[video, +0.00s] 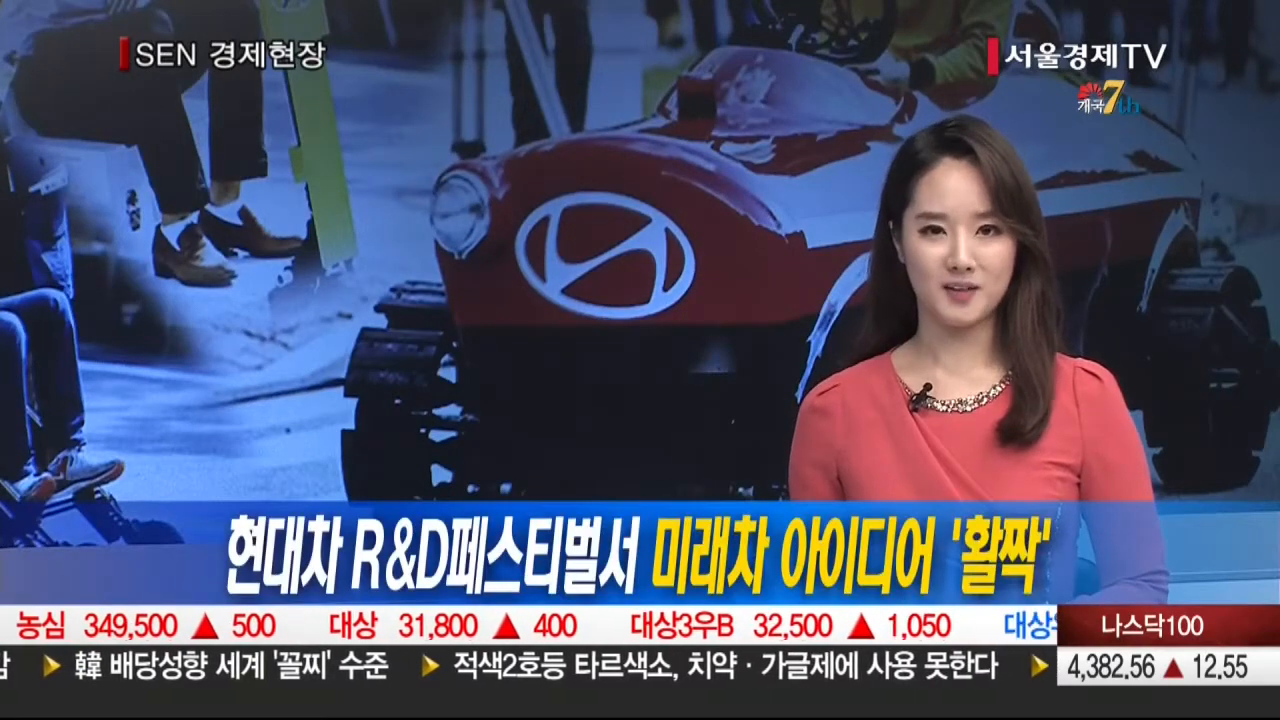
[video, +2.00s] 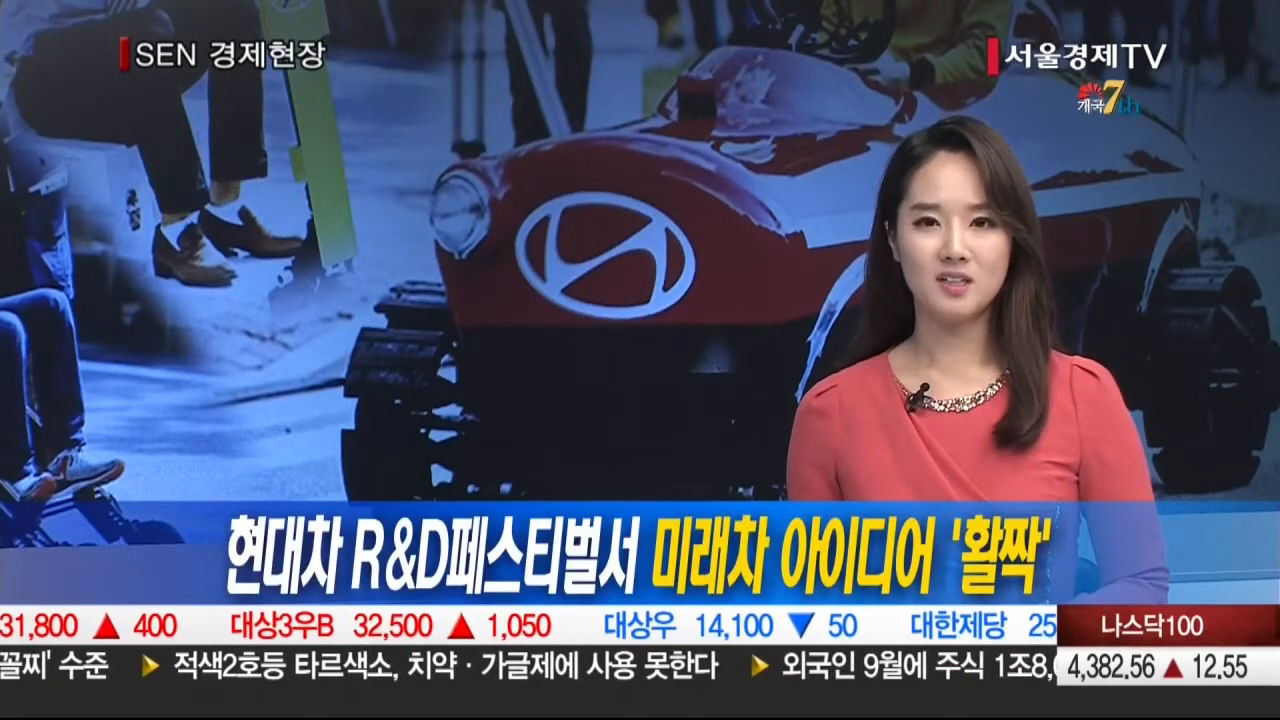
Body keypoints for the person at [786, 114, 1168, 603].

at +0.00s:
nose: (961, 259)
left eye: (988, 229)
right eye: (934, 230)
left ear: (1021, 244)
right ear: (898, 244)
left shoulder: (1086, 398)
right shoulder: (832, 413)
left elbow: (1140, 586)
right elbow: (811, 604)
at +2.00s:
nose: (955, 249)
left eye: (982, 222)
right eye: (927, 222)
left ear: (1016, 242)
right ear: (894, 241)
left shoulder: (1083, 396)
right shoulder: (830, 413)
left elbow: (1142, 581)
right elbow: (811, 603)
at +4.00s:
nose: (953, 253)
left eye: (981, 226)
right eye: (926, 225)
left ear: (1014, 244)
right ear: (892, 242)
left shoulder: (1083, 397)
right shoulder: (829, 415)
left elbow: (1142, 583)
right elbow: (812, 603)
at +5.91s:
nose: (954, 252)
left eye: (981, 225)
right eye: (926, 225)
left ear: (1016, 243)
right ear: (893, 243)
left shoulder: (1084, 396)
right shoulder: (830, 415)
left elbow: (1143, 581)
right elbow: (810, 604)